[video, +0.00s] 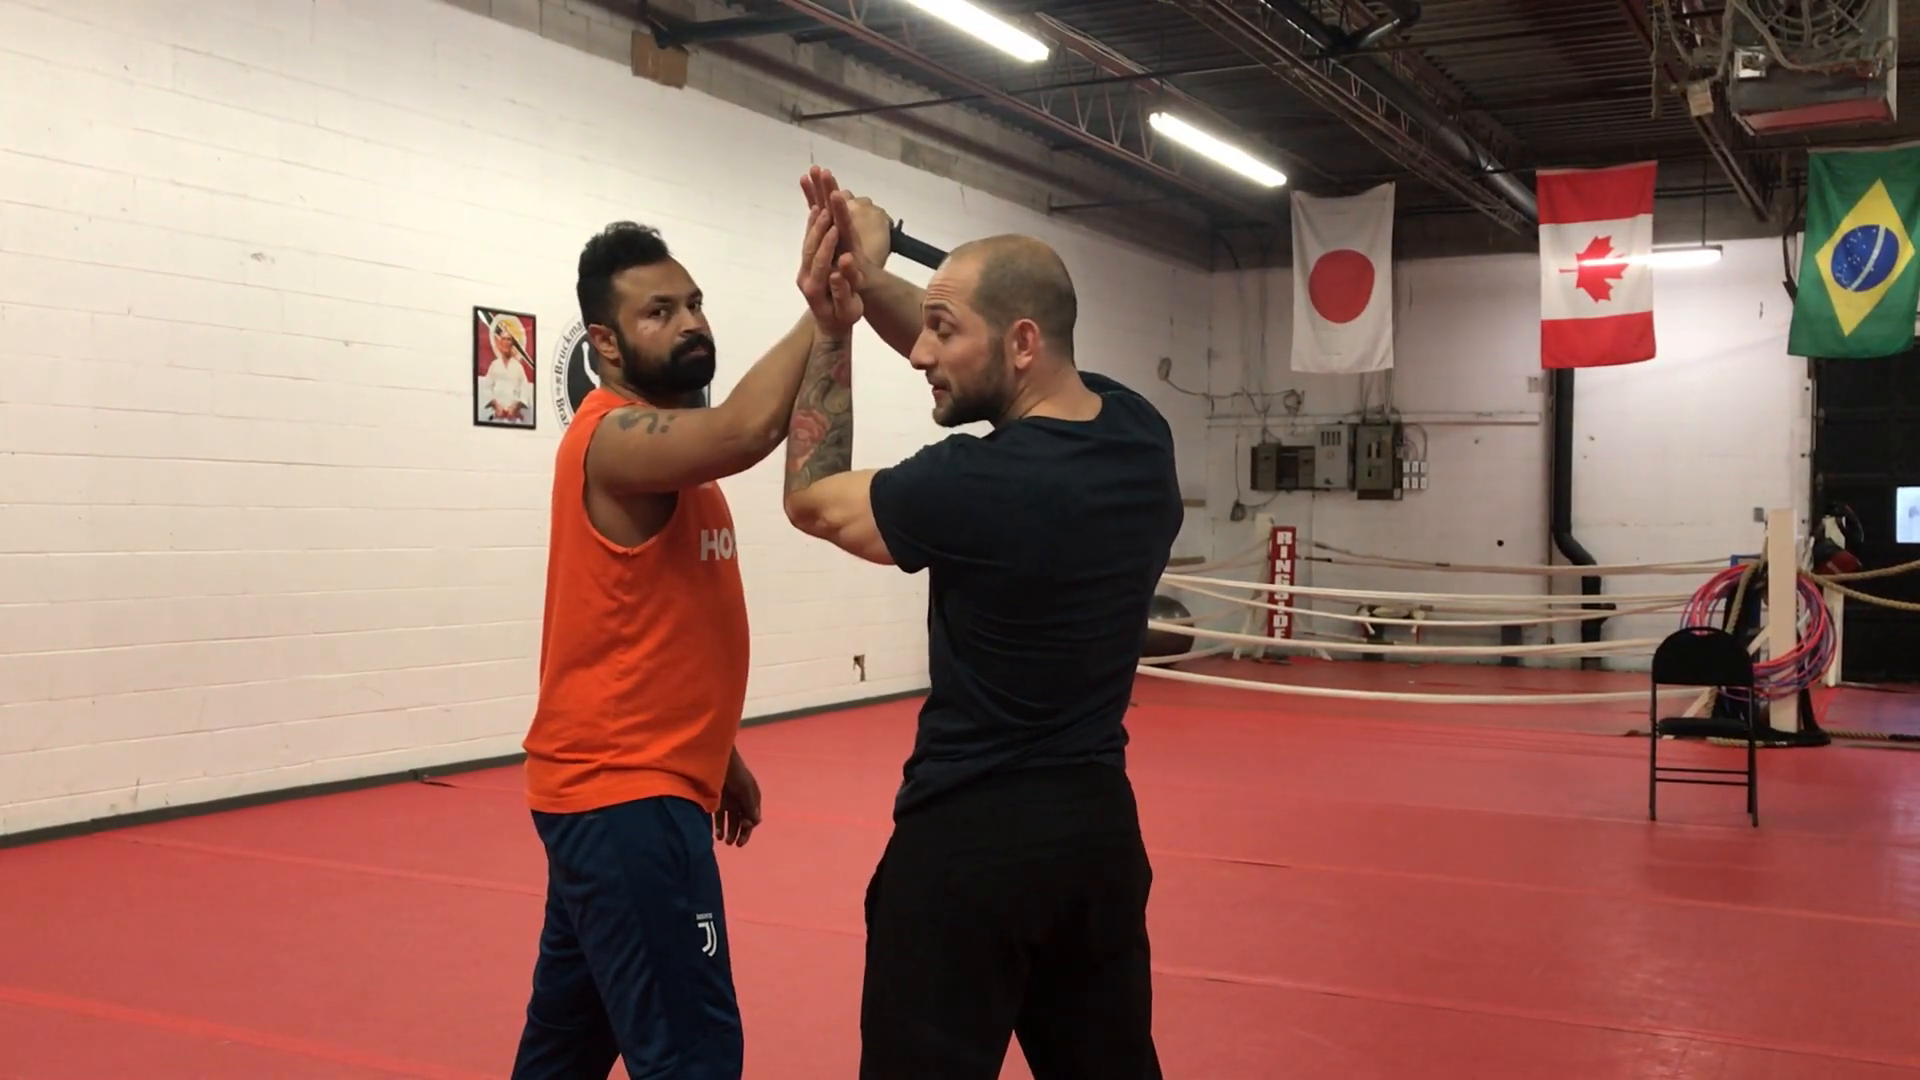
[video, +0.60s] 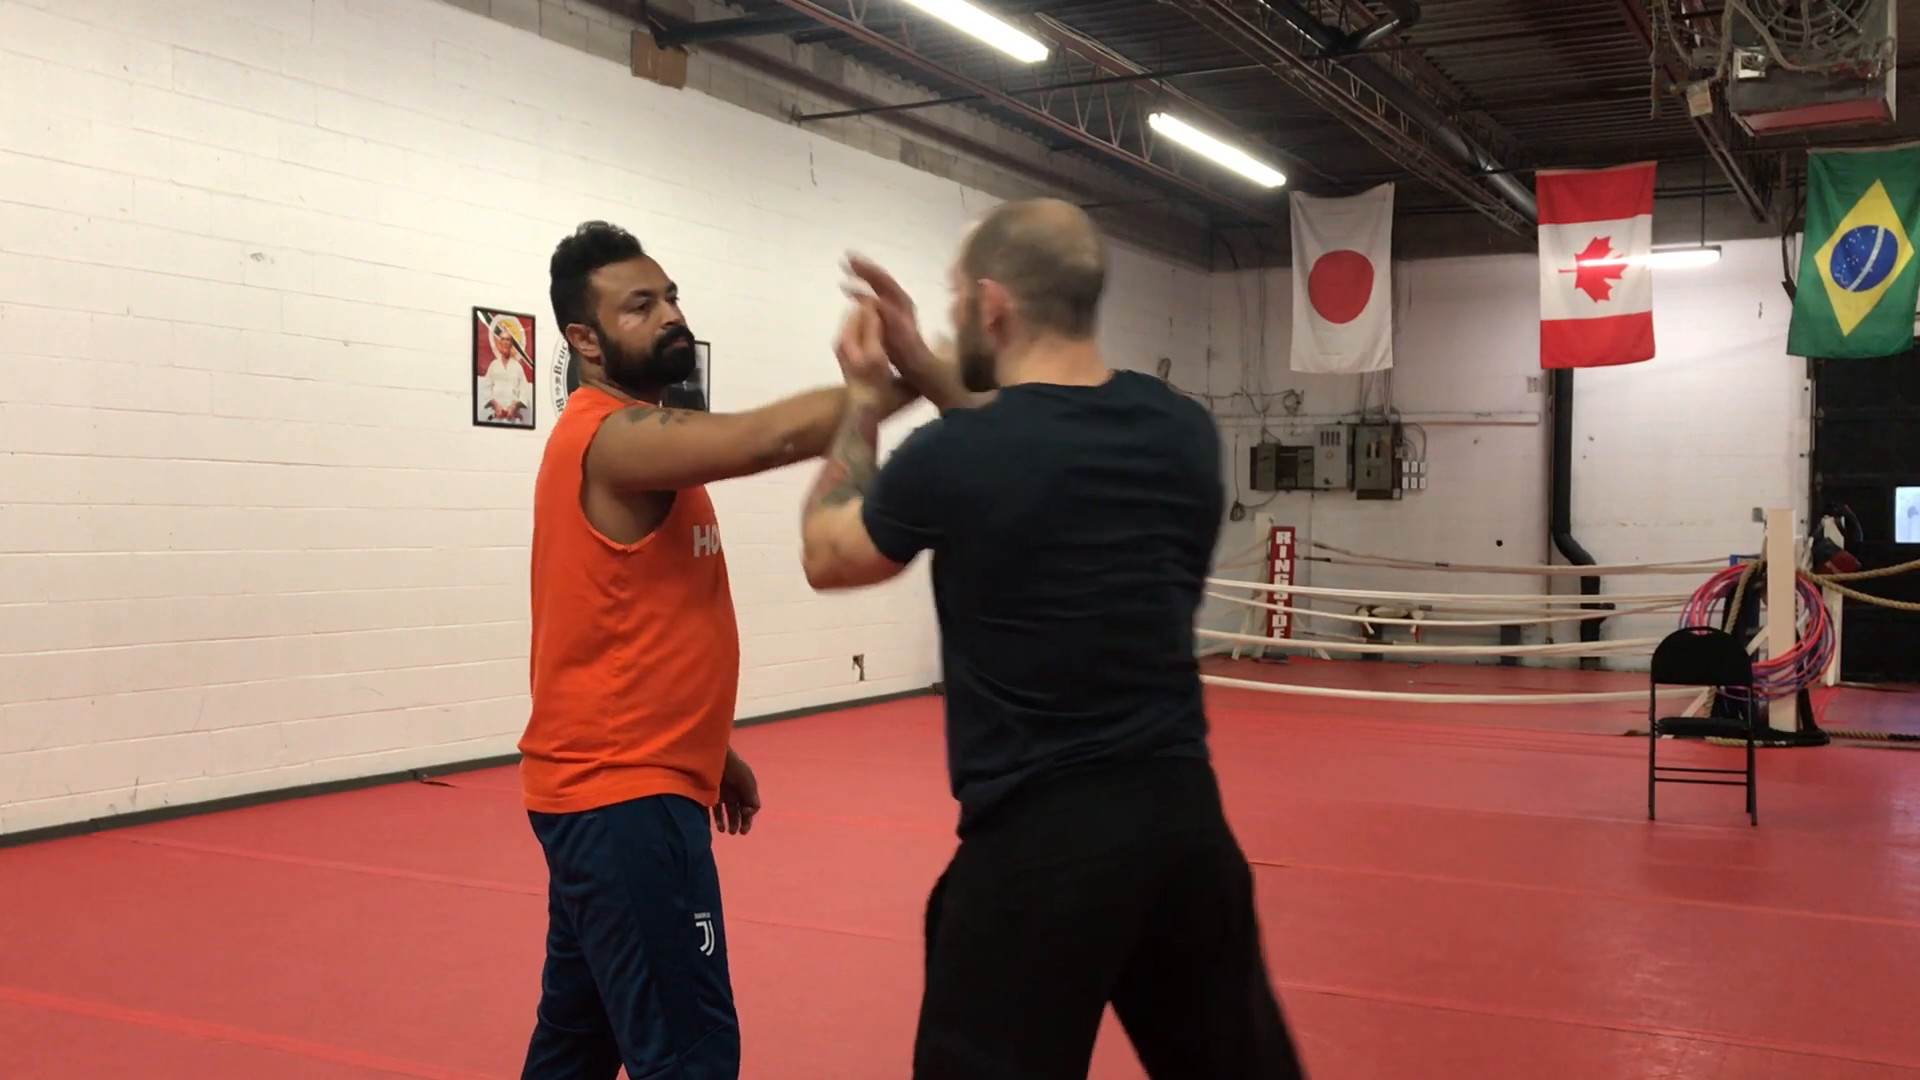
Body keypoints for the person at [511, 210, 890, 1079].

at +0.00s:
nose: (692, 323)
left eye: (695, 302)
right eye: (661, 312)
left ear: (703, 307)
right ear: (606, 343)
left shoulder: (654, 436)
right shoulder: (616, 434)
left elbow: (650, 625)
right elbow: (741, 431)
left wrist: (716, 753)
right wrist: (823, 313)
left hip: (635, 787)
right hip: (622, 792)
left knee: (566, 1050)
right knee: (696, 1055)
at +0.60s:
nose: (671, 316)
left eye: (671, 298)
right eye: (641, 306)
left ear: (679, 303)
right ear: (584, 340)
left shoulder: (626, 429)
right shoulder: (611, 433)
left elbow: (628, 623)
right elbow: (764, 437)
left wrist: (708, 750)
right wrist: (895, 385)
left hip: (615, 786)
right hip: (623, 791)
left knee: (576, 1046)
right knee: (691, 1053)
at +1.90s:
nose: (548, 347)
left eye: (551, 327)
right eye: (525, 326)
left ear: (552, 331)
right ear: (464, 340)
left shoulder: (524, 464)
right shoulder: (416, 444)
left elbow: (549, 631)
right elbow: (500, 465)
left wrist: (622, 759)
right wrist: (461, 341)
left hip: (538, 795)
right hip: (482, 800)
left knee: (461, 1056)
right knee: (563, 1057)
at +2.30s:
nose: (547, 336)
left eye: (546, 318)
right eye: (522, 315)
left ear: (457, 331)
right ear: (449, 324)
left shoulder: (459, 430)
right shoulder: (442, 435)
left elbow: (478, 635)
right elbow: (590, 444)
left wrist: (540, 786)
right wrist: (626, 267)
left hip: (467, 800)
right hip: (465, 807)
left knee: (408, 1056)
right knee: (546, 1058)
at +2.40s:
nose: (545, 337)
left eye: (543, 316)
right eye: (523, 313)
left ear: (450, 329)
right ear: (448, 323)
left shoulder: (423, 429)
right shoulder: (449, 434)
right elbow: (613, 456)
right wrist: (697, 285)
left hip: (424, 802)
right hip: (461, 809)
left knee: (394, 1055)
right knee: (535, 1059)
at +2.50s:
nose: (545, 335)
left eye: (543, 314)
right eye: (522, 312)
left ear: (449, 329)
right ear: (448, 322)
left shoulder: (404, 433)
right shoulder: (451, 436)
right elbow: (624, 462)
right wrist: (743, 313)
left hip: (406, 801)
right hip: (452, 807)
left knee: (380, 1058)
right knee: (525, 1059)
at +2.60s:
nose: (538, 337)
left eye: (536, 316)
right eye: (517, 316)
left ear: (443, 329)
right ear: (443, 324)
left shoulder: (393, 434)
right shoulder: (442, 437)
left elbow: (607, 463)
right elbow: (618, 460)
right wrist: (740, 312)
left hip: (393, 800)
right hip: (444, 806)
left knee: (371, 1057)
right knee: (515, 1057)